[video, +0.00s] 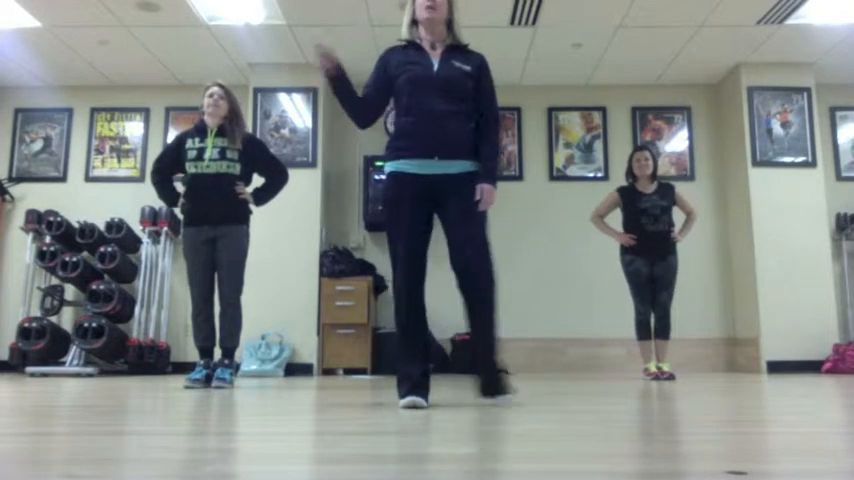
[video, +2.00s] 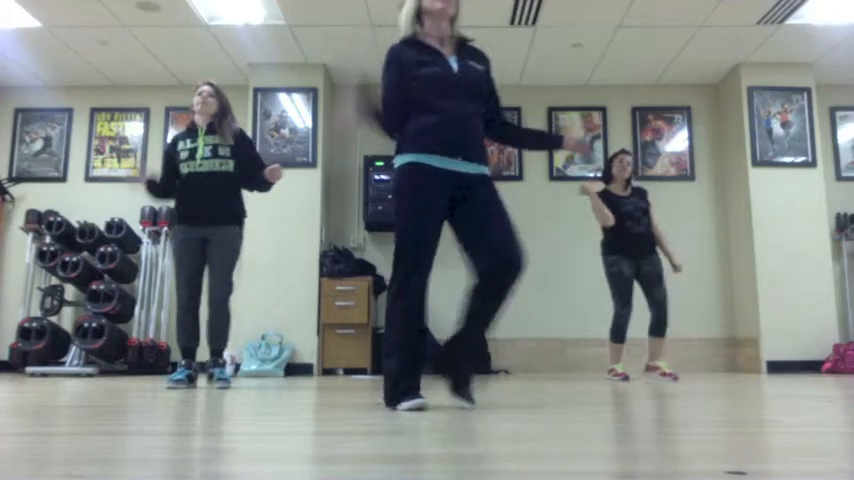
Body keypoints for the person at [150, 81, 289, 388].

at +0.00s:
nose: (213, 100)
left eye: (220, 97)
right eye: (209, 96)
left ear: (230, 107)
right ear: (202, 104)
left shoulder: (245, 142)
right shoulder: (187, 140)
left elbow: (280, 174)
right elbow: (159, 171)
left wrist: (256, 196)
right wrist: (175, 199)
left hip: (232, 227)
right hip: (196, 226)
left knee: (229, 295)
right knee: (200, 297)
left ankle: (227, 362)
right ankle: (205, 361)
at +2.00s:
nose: (202, 98)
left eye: (209, 95)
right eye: (199, 95)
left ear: (220, 104)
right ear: (192, 103)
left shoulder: (237, 138)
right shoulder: (178, 142)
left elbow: (251, 181)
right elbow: (170, 189)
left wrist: (266, 178)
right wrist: (150, 184)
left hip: (225, 227)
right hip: (187, 227)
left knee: (219, 295)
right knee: (186, 296)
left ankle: (217, 362)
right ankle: (187, 364)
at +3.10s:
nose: (256, 97)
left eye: (263, 94)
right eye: (252, 93)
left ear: (273, 103)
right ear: (244, 101)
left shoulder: (285, 141)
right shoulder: (227, 135)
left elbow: (297, 186)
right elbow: (205, 180)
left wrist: (315, 181)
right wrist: (192, 162)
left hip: (263, 228)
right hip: (224, 223)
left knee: (262, 297)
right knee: (199, 283)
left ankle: (263, 364)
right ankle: (182, 348)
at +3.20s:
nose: (248, 95)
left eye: (254, 92)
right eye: (243, 91)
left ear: (265, 103)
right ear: (236, 100)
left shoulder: (277, 142)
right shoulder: (218, 137)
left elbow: (292, 184)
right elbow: (200, 180)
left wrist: (309, 177)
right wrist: (180, 185)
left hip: (256, 228)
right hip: (216, 225)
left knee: (257, 296)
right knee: (203, 294)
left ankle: (262, 365)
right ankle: (190, 364)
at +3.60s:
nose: (216, 96)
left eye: (223, 93)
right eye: (212, 92)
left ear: (235, 105)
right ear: (205, 100)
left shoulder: (248, 141)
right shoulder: (187, 137)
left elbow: (264, 183)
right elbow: (173, 182)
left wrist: (288, 180)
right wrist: (162, 172)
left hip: (239, 226)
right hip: (199, 227)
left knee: (259, 286)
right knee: (193, 295)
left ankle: (268, 356)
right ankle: (190, 364)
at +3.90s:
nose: (213, 97)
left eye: (220, 94)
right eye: (209, 93)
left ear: (230, 105)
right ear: (202, 101)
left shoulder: (244, 138)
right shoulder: (183, 137)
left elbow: (262, 181)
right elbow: (166, 184)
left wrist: (284, 176)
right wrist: (167, 170)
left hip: (238, 226)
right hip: (198, 227)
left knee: (258, 284)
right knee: (193, 295)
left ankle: (267, 357)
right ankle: (190, 364)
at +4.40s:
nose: (252, 95)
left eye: (259, 92)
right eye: (248, 91)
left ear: (268, 103)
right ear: (239, 99)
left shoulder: (279, 142)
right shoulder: (221, 134)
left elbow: (290, 186)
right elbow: (201, 176)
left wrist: (316, 184)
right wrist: (186, 182)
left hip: (261, 228)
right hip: (222, 226)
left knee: (262, 295)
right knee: (206, 291)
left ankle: (267, 364)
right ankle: (190, 362)